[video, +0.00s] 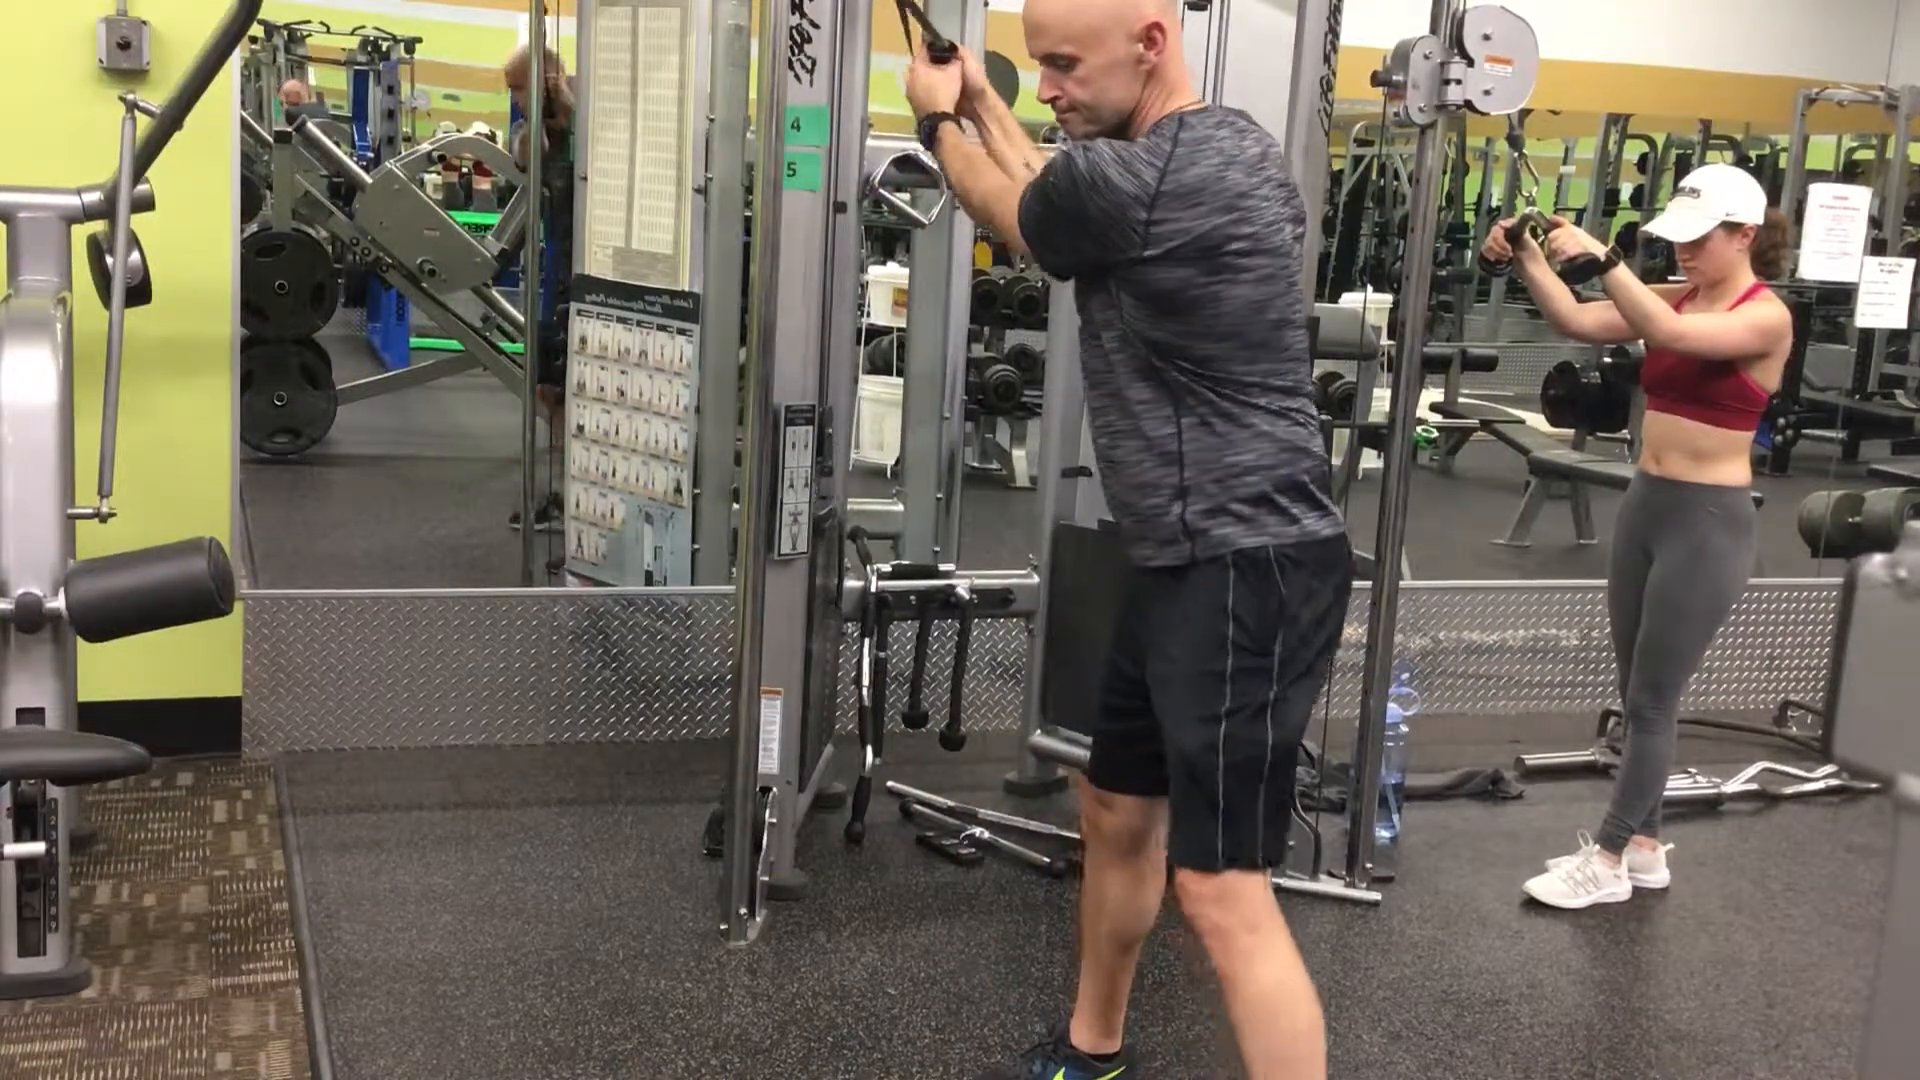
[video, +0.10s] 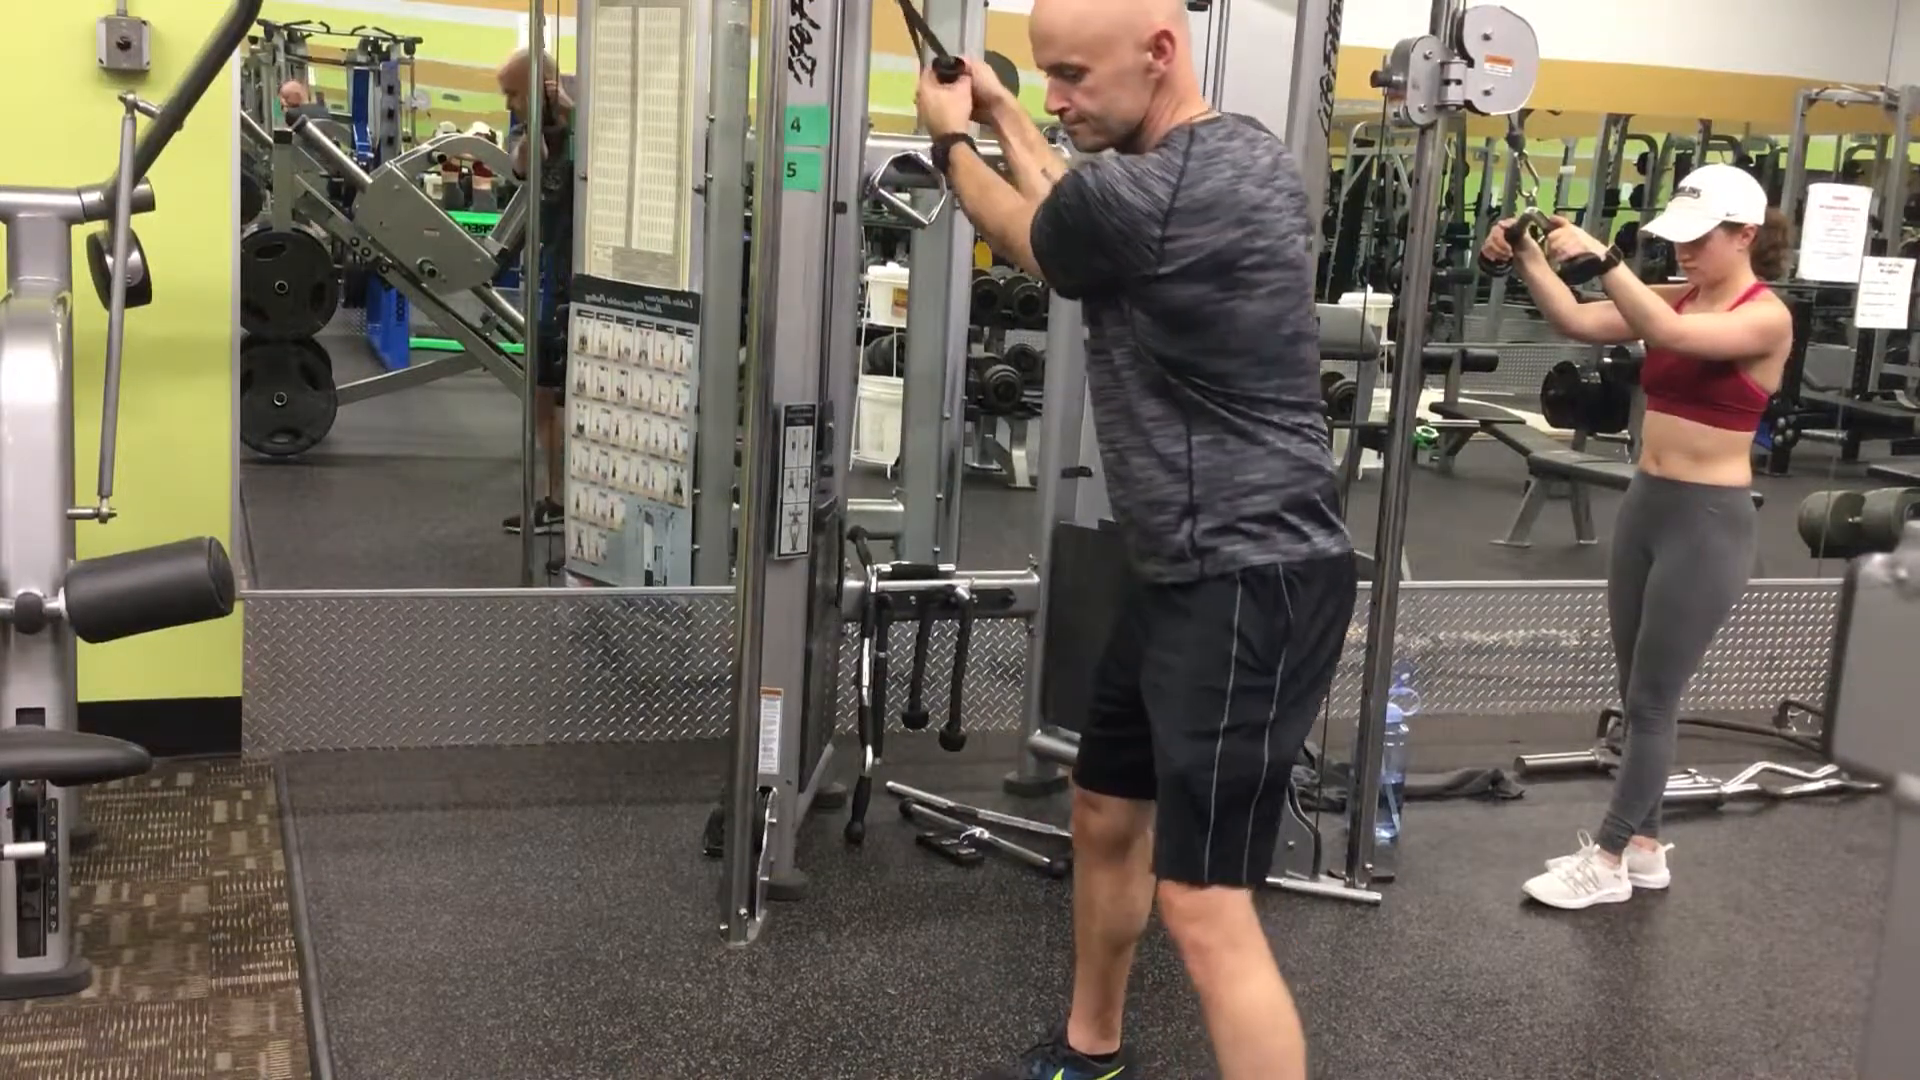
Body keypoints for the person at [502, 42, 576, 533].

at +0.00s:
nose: (518, 103)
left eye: (523, 92)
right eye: (514, 94)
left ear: (551, 81)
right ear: (525, 88)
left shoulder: (587, 126)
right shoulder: (532, 134)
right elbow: (521, 208)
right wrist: (492, 264)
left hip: (582, 270)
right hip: (551, 272)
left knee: (563, 389)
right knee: (548, 387)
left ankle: (583, 493)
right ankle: (563, 491)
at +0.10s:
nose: (511, 108)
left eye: (515, 97)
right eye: (507, 99)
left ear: (545, 89)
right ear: (533, 91)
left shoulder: (583, 136)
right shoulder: (532, 142)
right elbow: (518, 220)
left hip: (577, 284)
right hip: (545, 283)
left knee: (576, 402)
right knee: (545, 398)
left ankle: (583, 505)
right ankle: (555, 499)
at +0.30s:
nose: (514, 108)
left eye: (520, 97)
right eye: (507, 100)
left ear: (547, 89)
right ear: (507, 99)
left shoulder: (585, 132)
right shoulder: (525, 142)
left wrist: (568, 120)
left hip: (579, 282)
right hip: (541, 281)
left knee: (579, 399)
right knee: (534, 391)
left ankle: (585, 507)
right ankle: (554, 499)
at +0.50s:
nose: (519, 105)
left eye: (525, 94)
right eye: (514, 97)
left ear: (552, 89)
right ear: (517, 97)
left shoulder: (584, 137)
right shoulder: (531, 140)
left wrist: (567, 122)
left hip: (576, 283)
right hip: (542, 283)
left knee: (579, 398)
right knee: (531, 391)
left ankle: (580, 502)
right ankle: (553, 499)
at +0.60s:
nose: (513, 101)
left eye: (519, 91)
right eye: (511, 92)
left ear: (545, 89)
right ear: (550, 89)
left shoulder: (547, 139)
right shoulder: (547, 139)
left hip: (556, 285)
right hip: (552, 282)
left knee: (532, 390)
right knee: (539, 392)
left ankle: (555, 497)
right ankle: (556, 496)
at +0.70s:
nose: (512, 99)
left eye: (518, 90)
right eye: (511, 91)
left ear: (542, 88)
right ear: (550, 86)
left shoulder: (544, 135)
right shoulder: (560, 132)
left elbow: (533, 208)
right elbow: (524, 207)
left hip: (552, 280)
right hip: (554, 278)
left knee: (543, 391)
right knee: (544, 391)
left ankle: (554, 497)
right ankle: (552, 494)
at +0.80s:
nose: (513, 102)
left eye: (519, 93)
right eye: (513, 94)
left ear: (543, 88)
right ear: (552, 84)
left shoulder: (544, 132)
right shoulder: (570, 126)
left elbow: (528, 169)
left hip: (555, 281)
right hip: (564, 277)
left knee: (544, 399)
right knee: (549, 399)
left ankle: (546, 500)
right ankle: (549, 499)